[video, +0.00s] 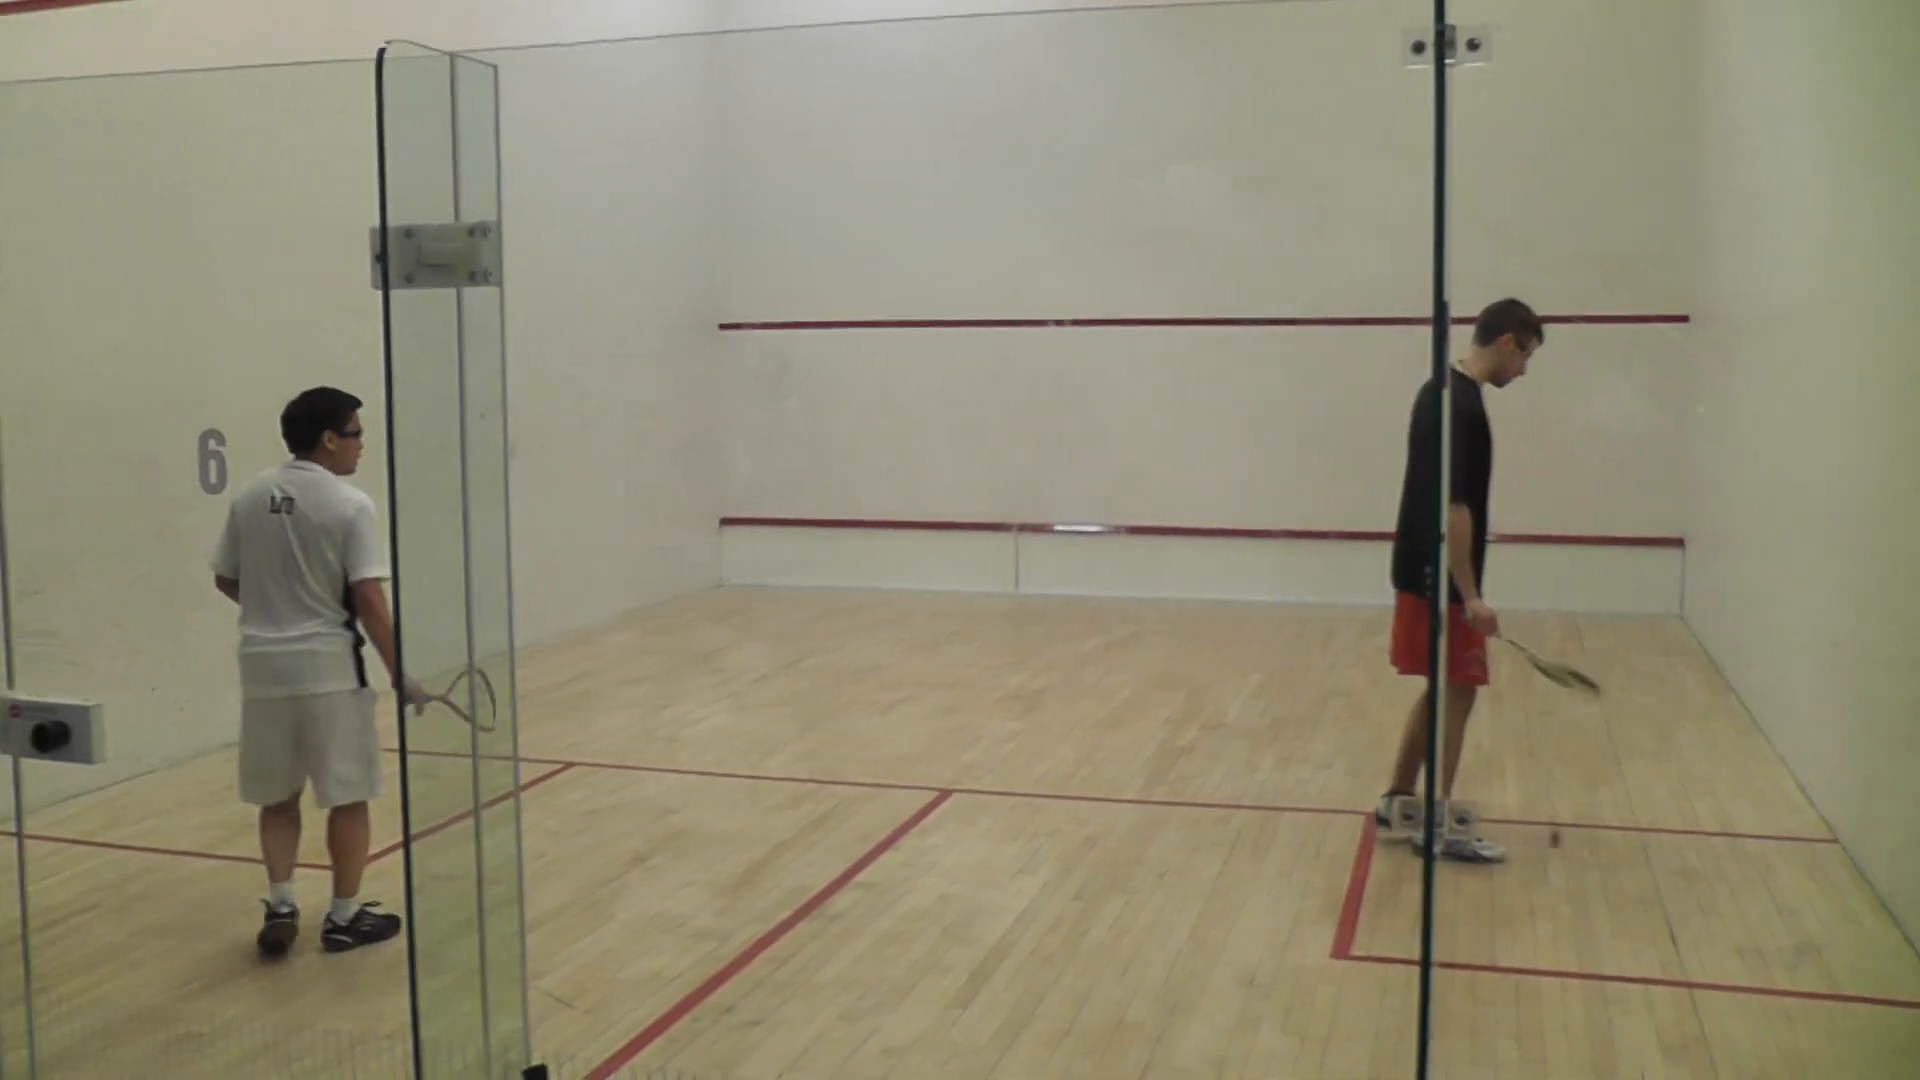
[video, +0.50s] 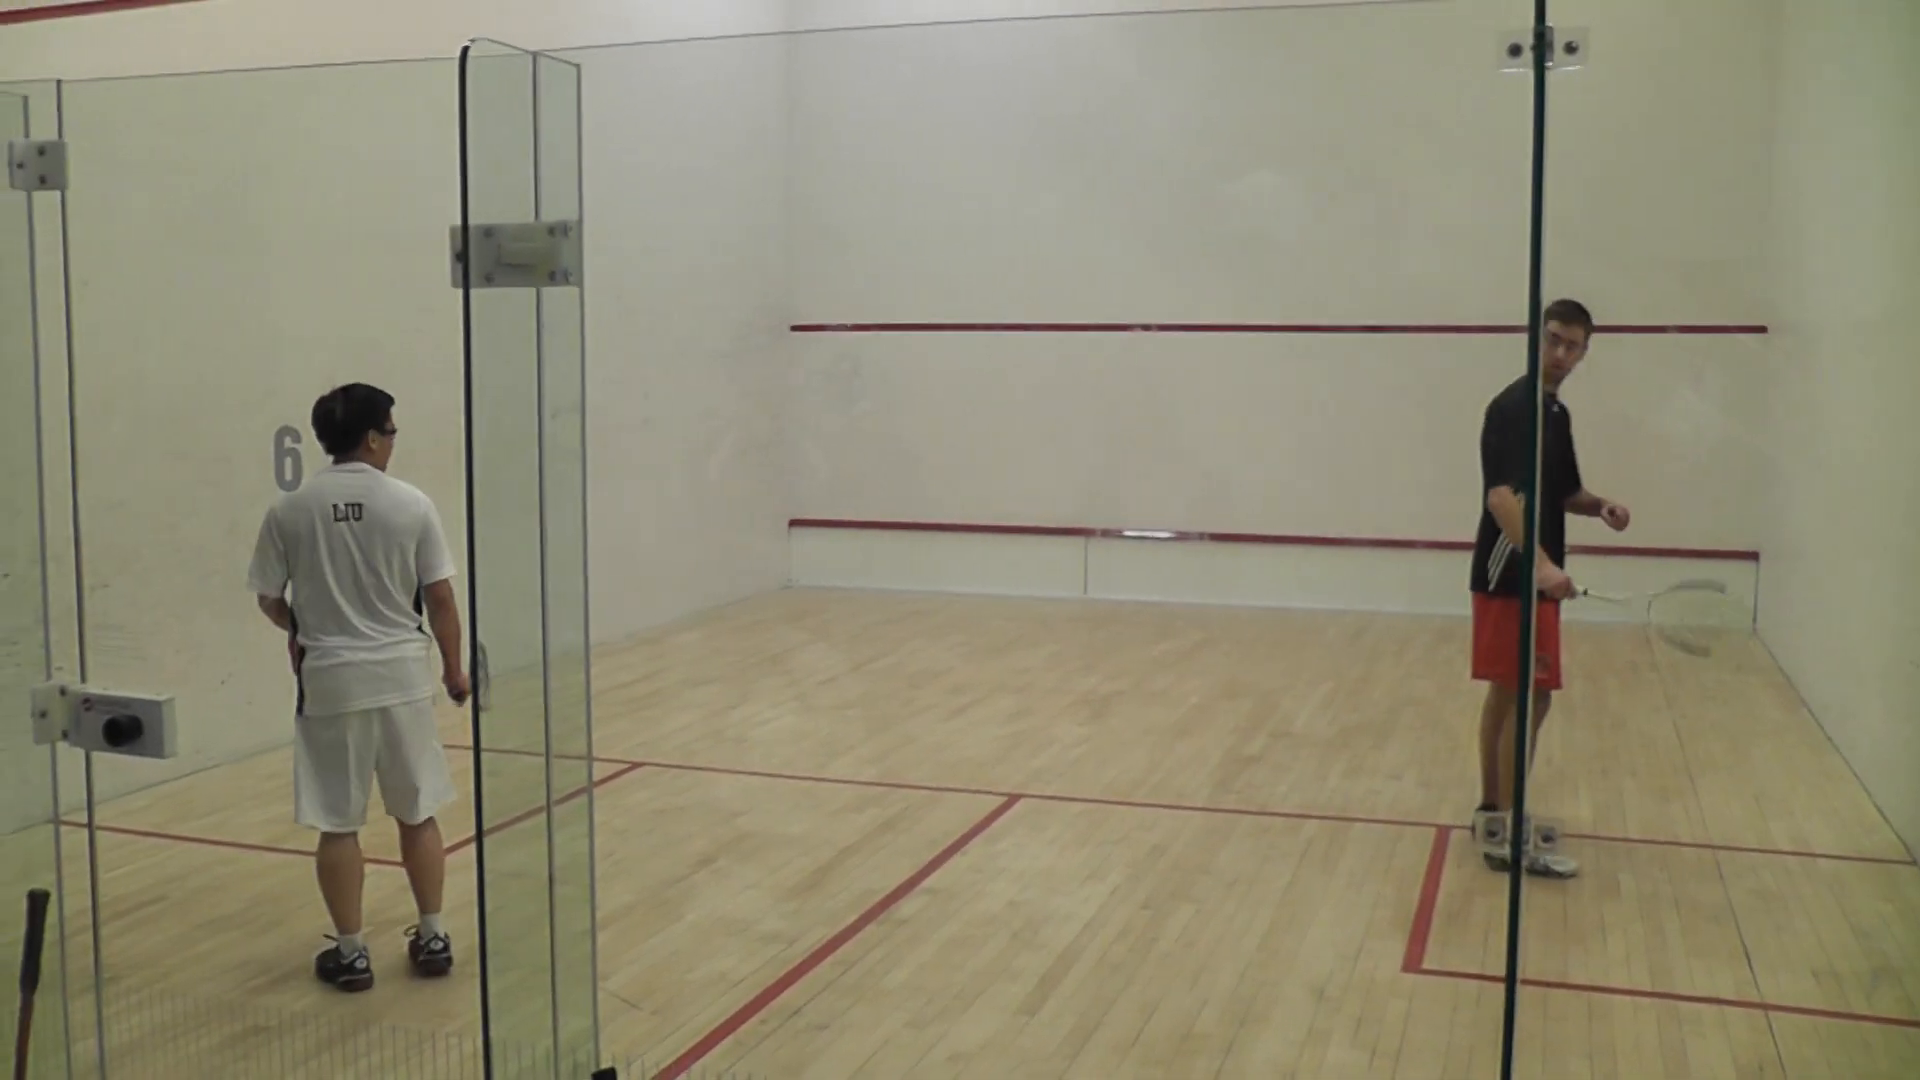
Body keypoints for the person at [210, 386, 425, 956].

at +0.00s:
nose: (361, 444)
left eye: (360, 433)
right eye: (355, 434)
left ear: (300, 440)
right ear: (325, 440)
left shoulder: (249, 495)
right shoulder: (350, 504)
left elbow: (226, 578)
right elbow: (366, 599)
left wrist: (278, 606)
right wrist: (401, 674)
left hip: (262, 674)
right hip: (331, 674)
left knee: (278, 794)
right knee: (350, 793)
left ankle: (280, 905)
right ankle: (345, 914)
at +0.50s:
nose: (393, 442)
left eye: (391, 431)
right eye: (389, 432)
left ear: (329, 439)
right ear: (371, 439)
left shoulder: (289, 508)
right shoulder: (410, 504)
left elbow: (269, 599)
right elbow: (440, 596)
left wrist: (305, 629)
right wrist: (455, 667)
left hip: (329, 691)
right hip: (403, 684)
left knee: (337, 822)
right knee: (416, 812)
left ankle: (350, 953)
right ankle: (432, 936)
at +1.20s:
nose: (478, 440)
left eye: (476, 430)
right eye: (476, 432)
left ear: (413, 439)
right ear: (464, 441)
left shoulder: (372, 500)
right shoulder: (495, 510)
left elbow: (341, 586)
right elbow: (522, 607)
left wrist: (360, 628)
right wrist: (534, 680)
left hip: (397, 694)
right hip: (472, 693)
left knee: (394, 823)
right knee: (474, 821)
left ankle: (396, 954)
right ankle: (476, 946)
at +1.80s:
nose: (490, 447)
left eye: (487, 437)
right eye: (488, 439)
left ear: (423, 449)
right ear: (479, 450)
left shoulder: (390, 513)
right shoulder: (509, 519)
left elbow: (360, 602)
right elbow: (539, 618)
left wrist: (363, 654)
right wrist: (545, 692)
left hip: (413, 704)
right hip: (490, 701)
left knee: (404, 832)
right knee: (490, 829)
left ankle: (412, 963)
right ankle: (489, 955)